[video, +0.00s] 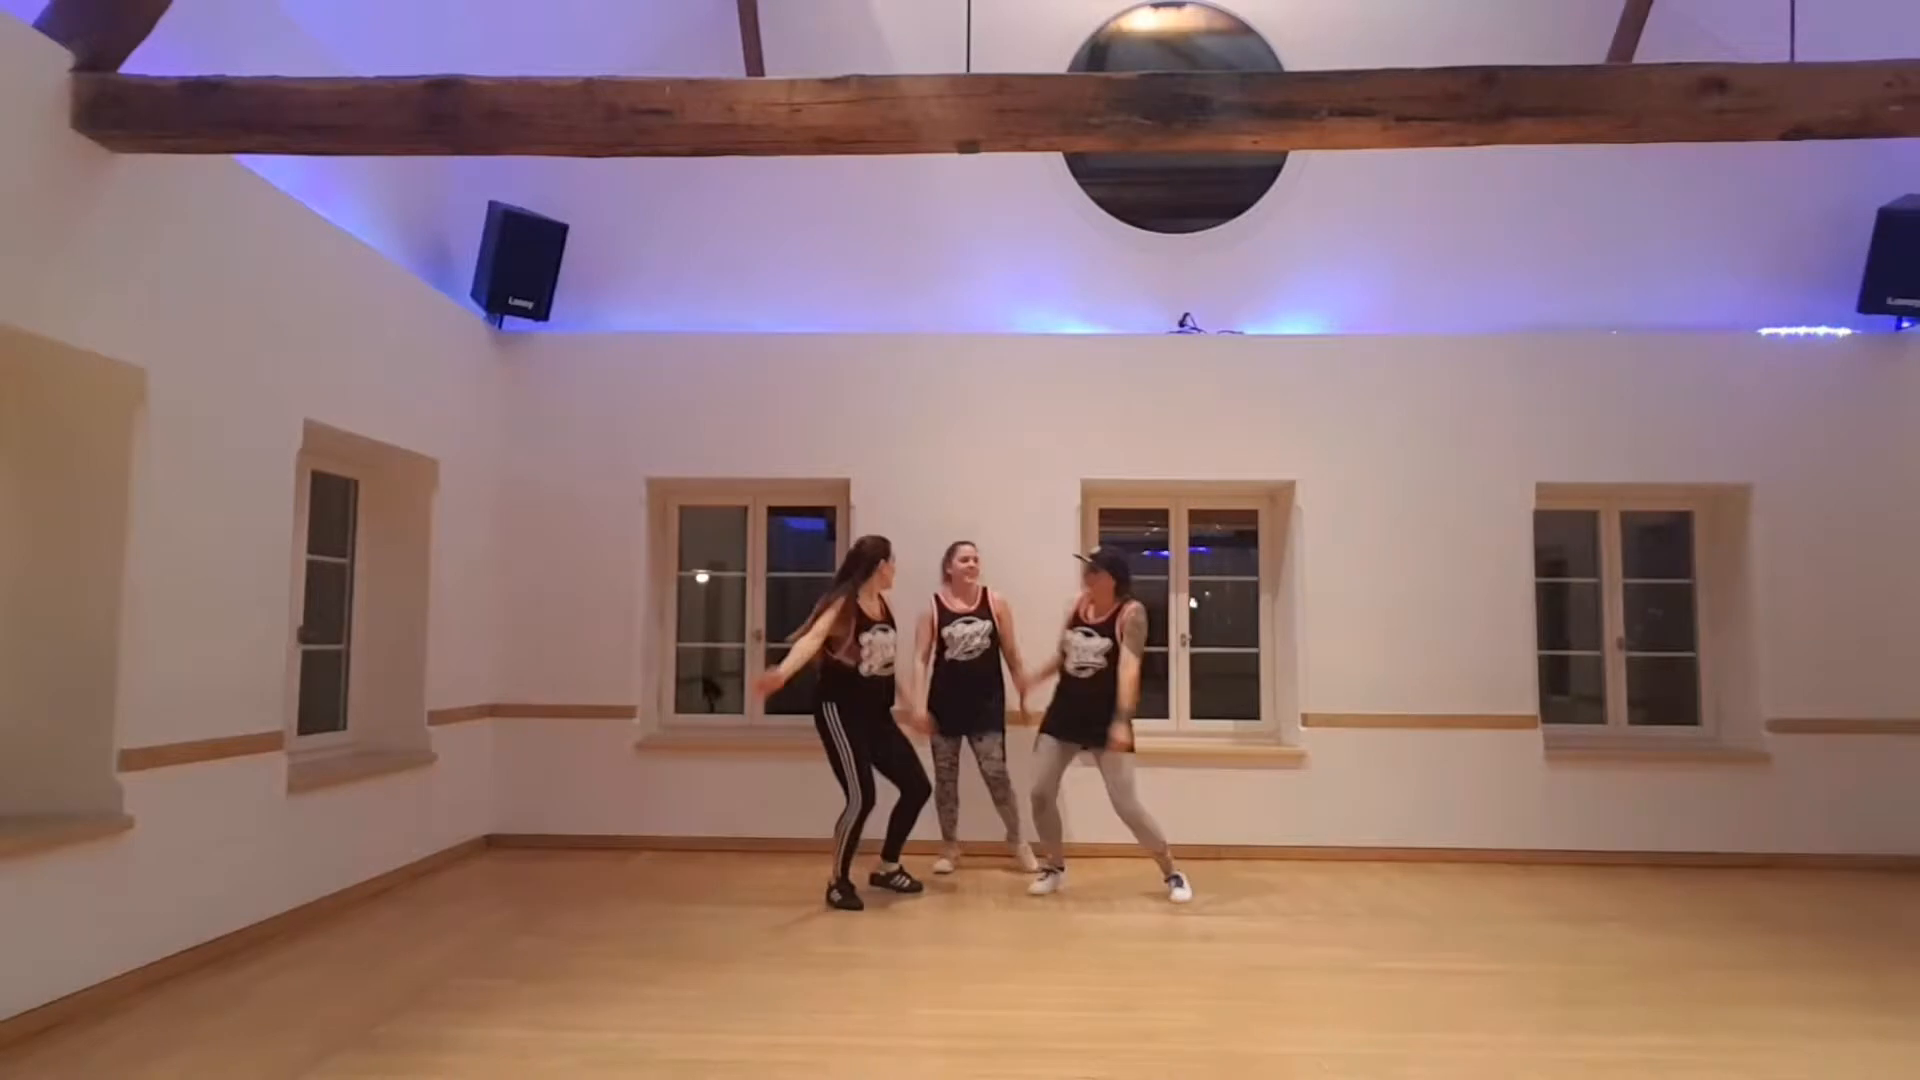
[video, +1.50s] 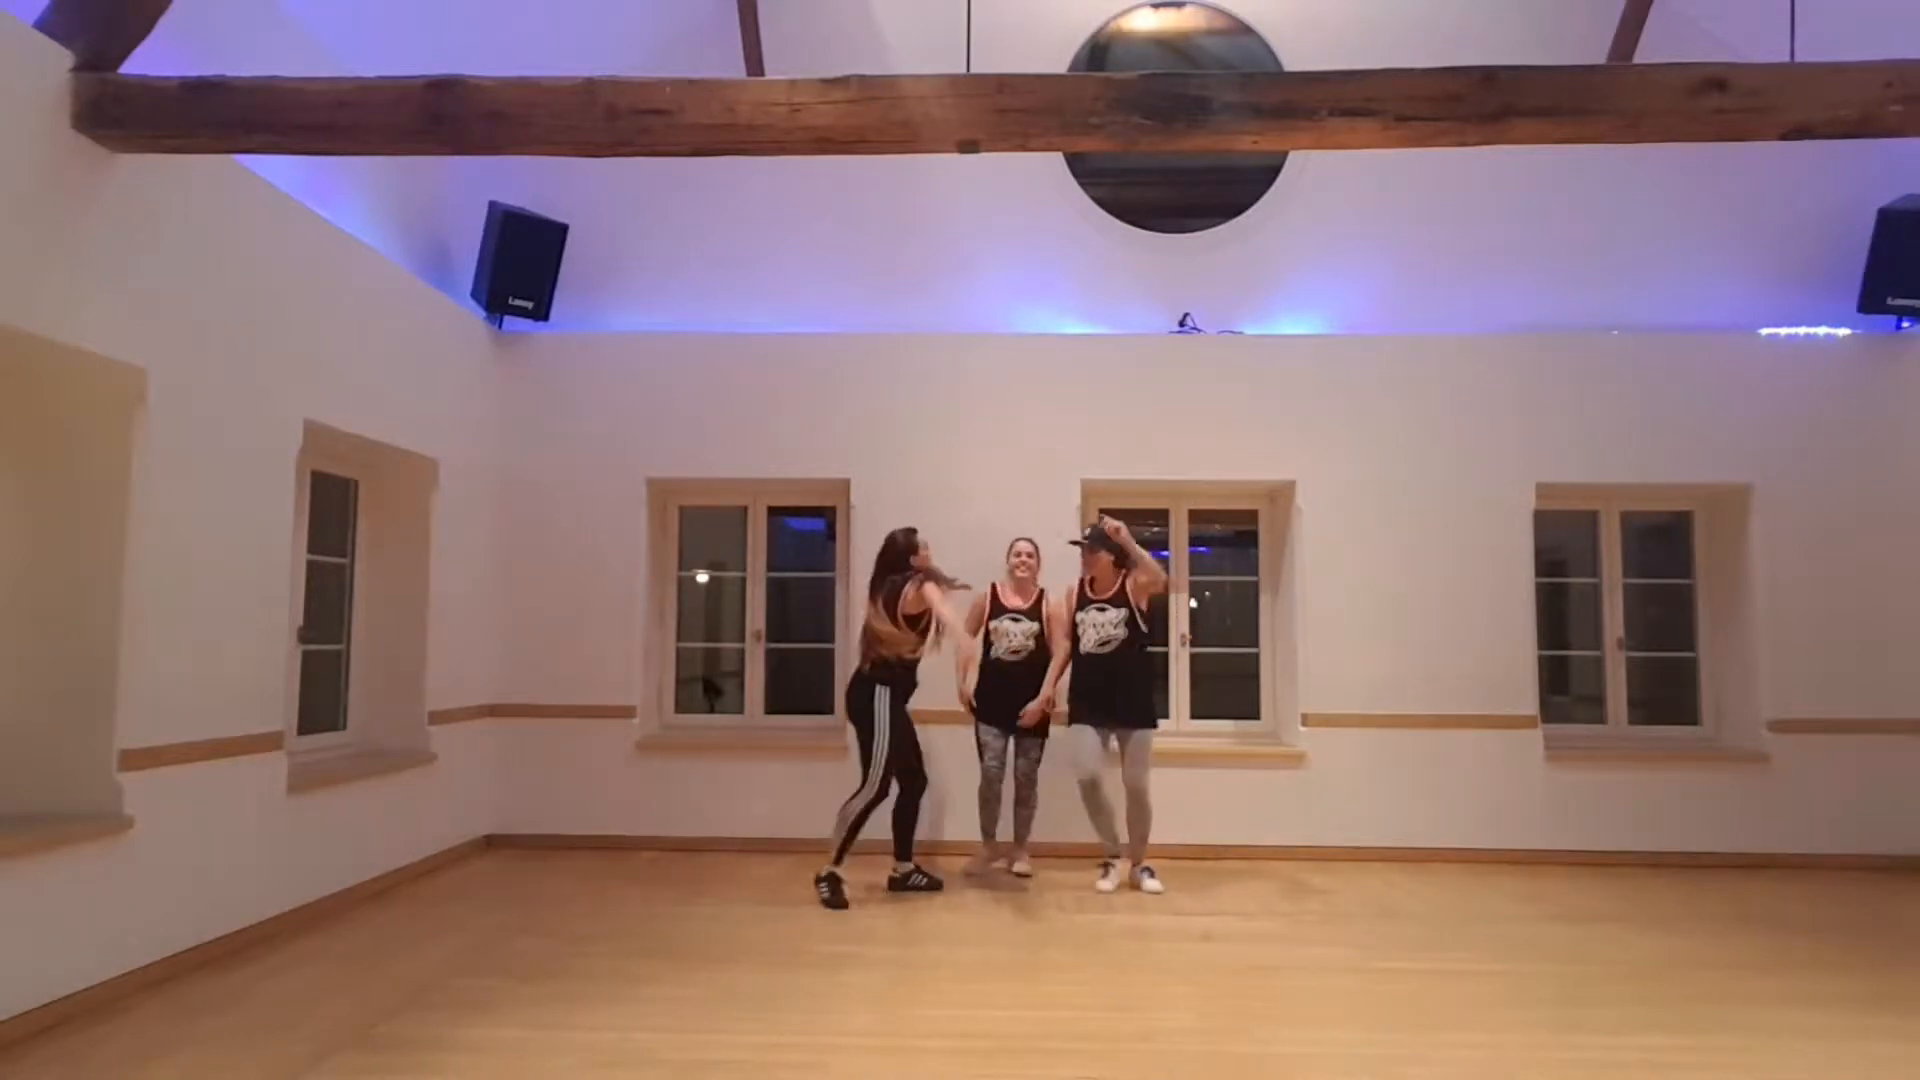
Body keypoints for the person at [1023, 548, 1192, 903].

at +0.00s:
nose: (1087, 578)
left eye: (1094, 573)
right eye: (1087, 571)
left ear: (1113, 579)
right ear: (1088, 576)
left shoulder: (1131, 613)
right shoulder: (1080, 605)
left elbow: (1129, 669)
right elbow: (1062, 658)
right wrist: (1032, 679)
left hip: (1106, 718)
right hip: (1065, 713)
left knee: (1125, 805)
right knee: (1040, 792)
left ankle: (1172, 875)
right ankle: (1055, 868)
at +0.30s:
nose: (1056, 555)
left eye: (1064, 550)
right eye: (1056, 548)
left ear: (1084, 555)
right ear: (1057, 551)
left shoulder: (1106, 586)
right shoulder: (1044, 578)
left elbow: (1133, 614)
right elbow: (990, 597)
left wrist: (1171, 633)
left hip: (1089, 696)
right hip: (1042, 695)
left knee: (1085, 777)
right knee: (1040, 782)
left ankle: (1083, 861)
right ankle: (1044, 865)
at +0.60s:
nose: (1056, 571)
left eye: (1063, 565)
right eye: (1053, 565)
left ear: (1080, 566)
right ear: (1048, 565)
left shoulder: (1092, 596)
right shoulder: (1042, 595)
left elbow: (1104, 638)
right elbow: (1003, 611)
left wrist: (1156, 644)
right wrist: (1006, 645)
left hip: (1080, 710)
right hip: (1038, 709)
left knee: (1082, 787)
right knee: (1046, 791)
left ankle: (1064, 865)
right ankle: (1045, 867)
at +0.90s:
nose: (1058, 551)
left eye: (1065, 545)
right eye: (1054, 546)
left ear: (1082, 550)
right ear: (1049, 550)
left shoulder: (1095, 582)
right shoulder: (1040, 587)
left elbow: (1133, 596)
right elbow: (1006, 633)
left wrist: (1146, 555)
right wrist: (998, 687)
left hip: (1093, 693)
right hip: (1047, 698)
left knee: (1121, 774)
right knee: (1048, 786)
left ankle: (1131, 858)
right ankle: (1045, 866)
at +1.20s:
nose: (1067, 575)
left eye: (1074, 568)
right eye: (1064, 569)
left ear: (1093, 569)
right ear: (1062, 573)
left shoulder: (1120, 599)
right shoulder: (1056, 611)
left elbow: (1166, 621)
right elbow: (1050, 667)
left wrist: (1150, 585)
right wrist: (1049, 720)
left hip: (1123, 714)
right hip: (1075, 716)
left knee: (1142, 794)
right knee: (1063, 793)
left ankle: (1139, 867)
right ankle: (1046, 866)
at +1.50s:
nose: (1085, 557)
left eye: (1092, 552)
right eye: (1084, 551)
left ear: (1111, 555)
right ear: (1084, 554)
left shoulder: (1134, 586)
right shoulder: (1075, 593)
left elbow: (1159, 579)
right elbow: (1065, 647)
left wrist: (1130, 544)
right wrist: (1050, 691)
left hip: (1133, 701)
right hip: (1087, 702)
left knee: (1136, 783)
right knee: (1087, 776)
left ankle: (1140, 864)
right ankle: (1115, 856)